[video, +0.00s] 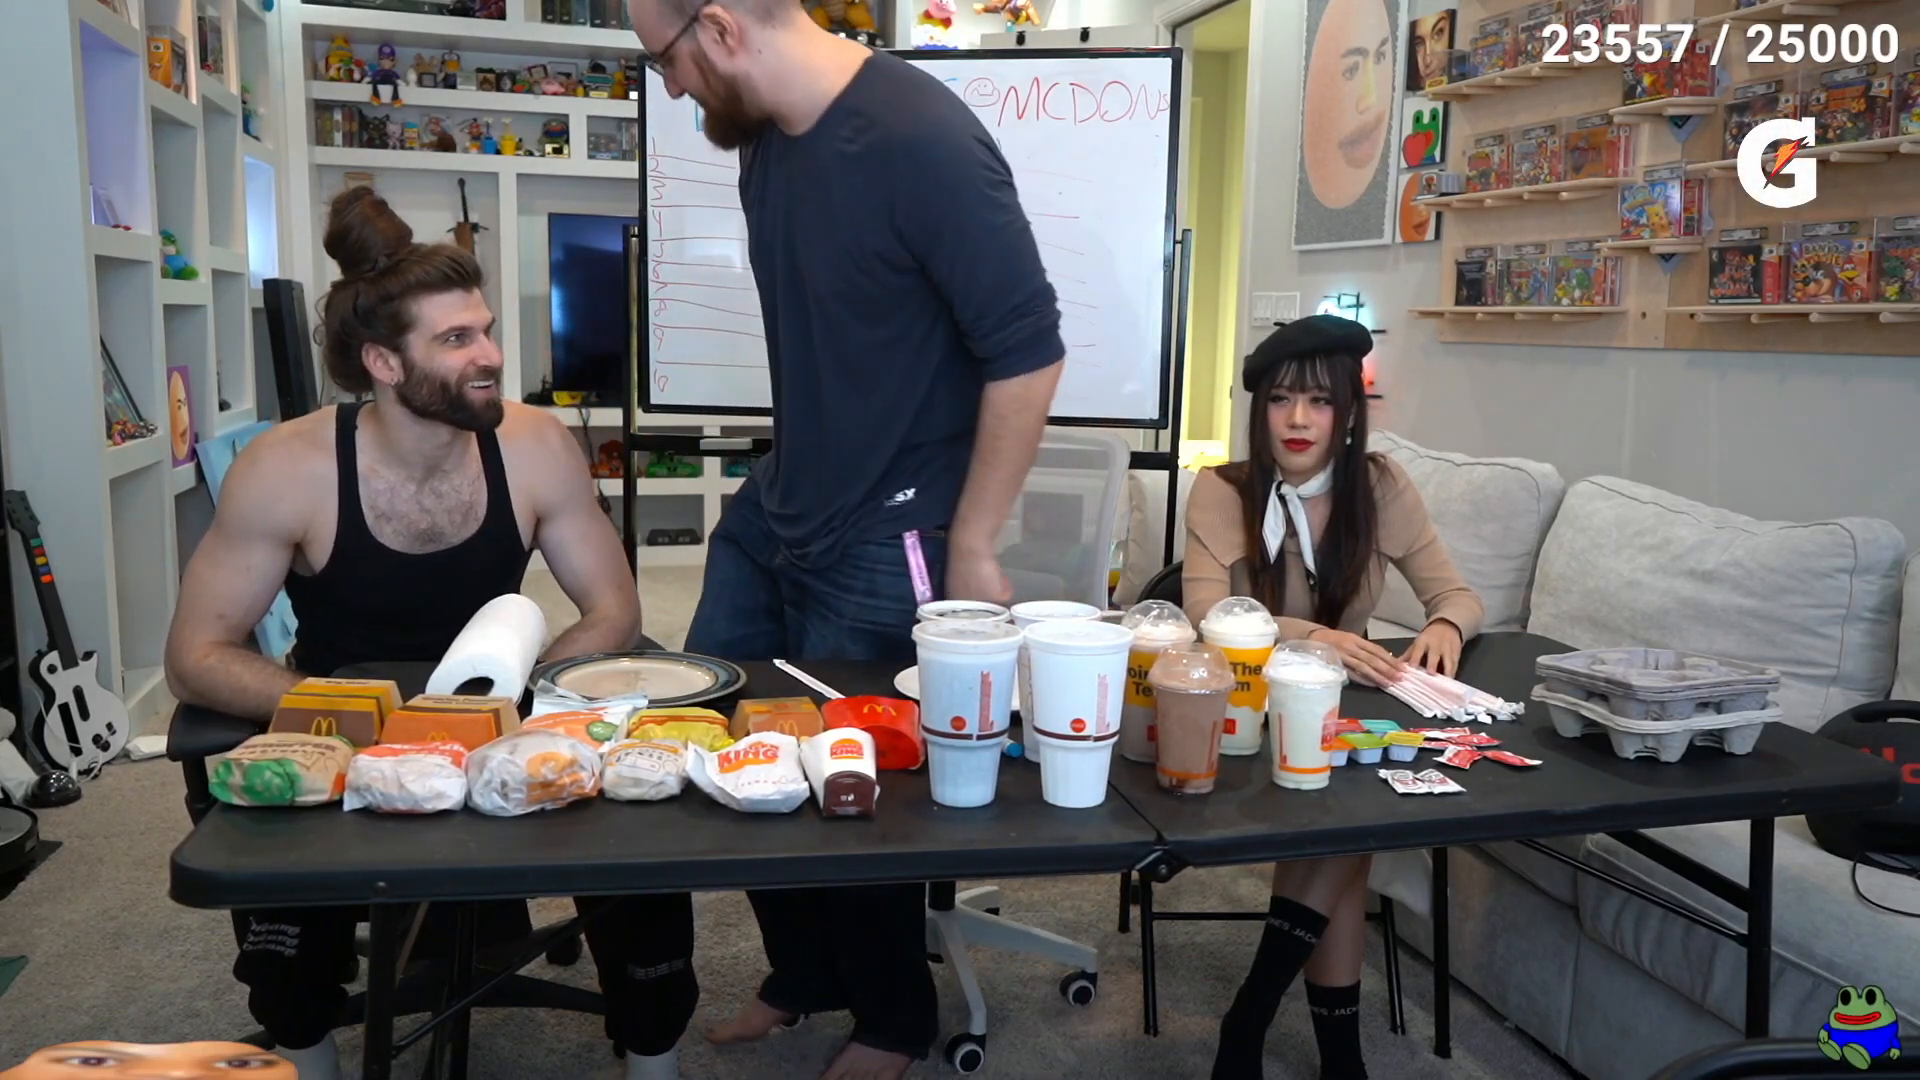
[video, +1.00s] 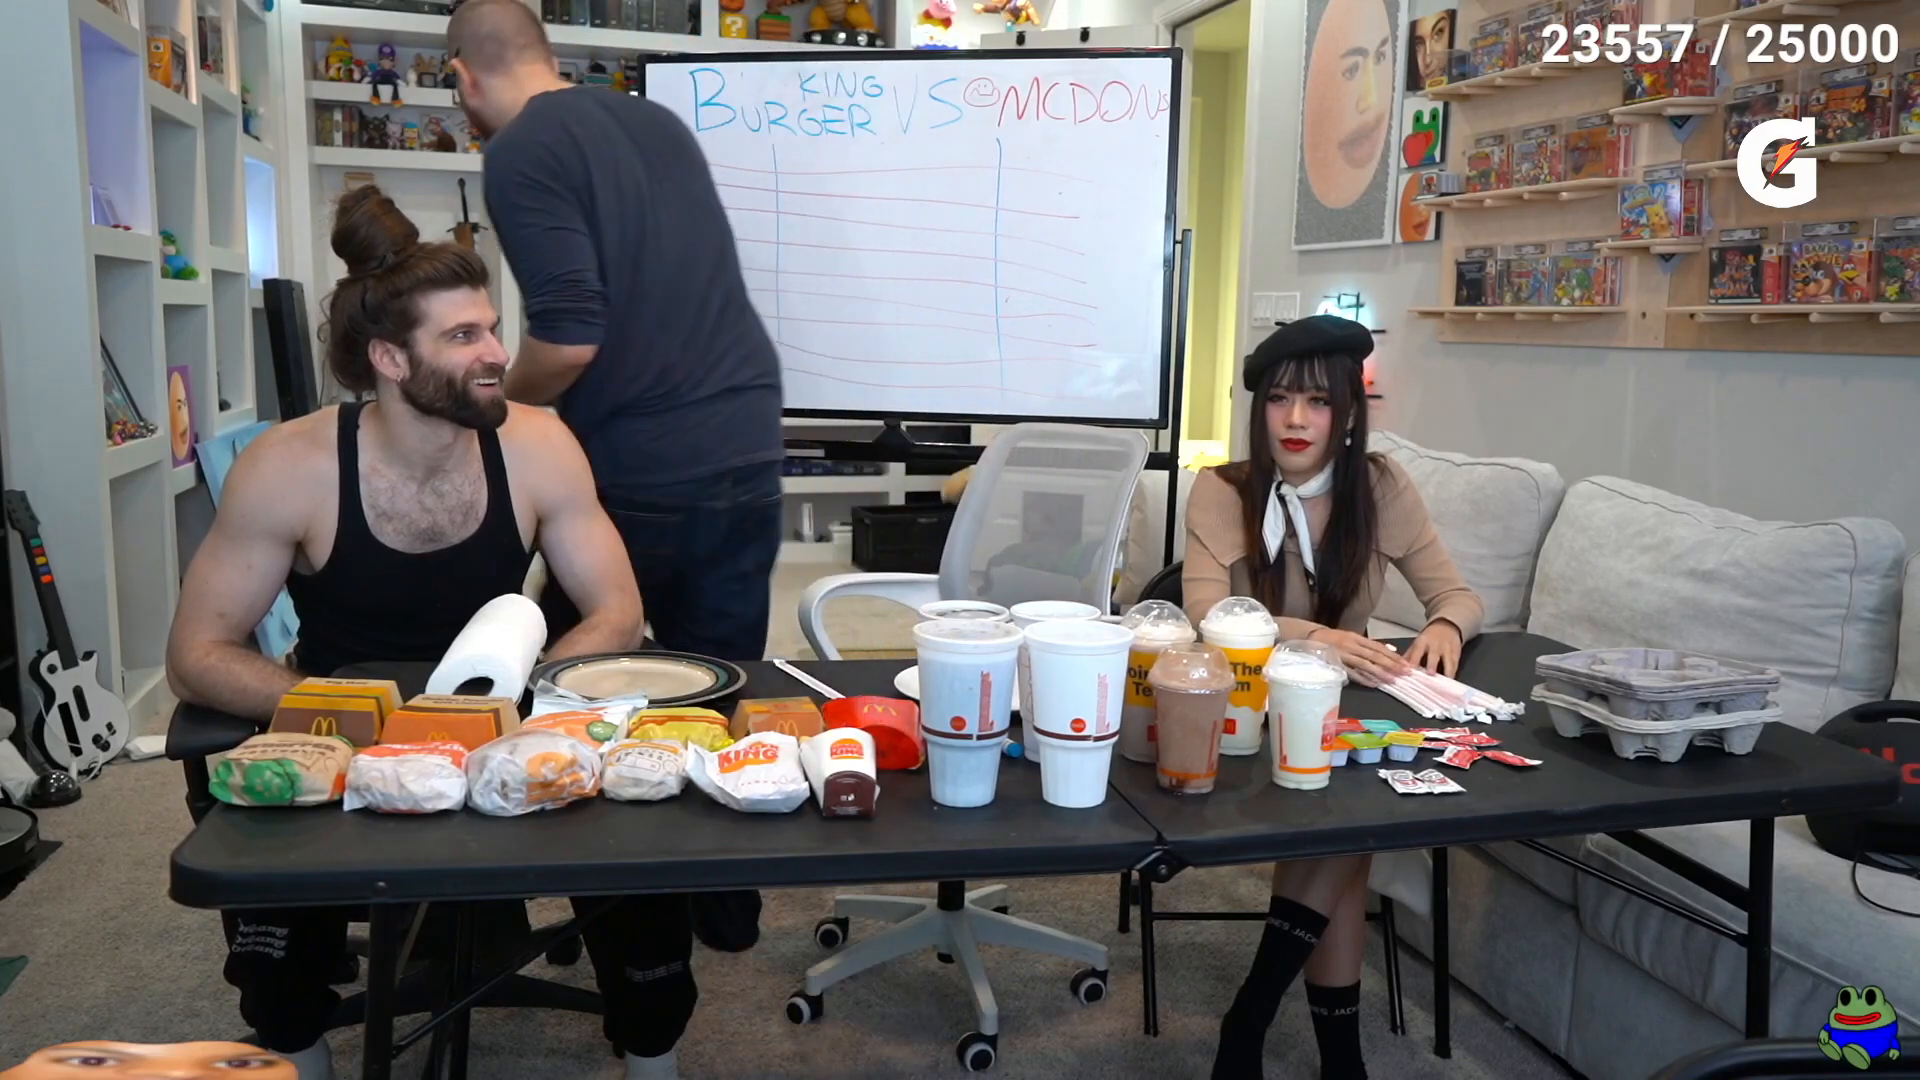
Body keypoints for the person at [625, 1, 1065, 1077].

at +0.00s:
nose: (671, 86)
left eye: (664, 58)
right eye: (659, 65)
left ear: (722, 27)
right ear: (729, 28)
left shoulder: (924, 139)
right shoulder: (764, 144)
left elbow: (1027, 351)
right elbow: (809, 339)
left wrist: (973, 539)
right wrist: (786, 477)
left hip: (887, 536)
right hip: (772, 513)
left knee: (862, 799)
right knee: (737, 756)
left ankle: (898, 1024)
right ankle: (801, 975)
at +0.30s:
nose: (621, 86)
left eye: (607, 55)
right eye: (606, 63)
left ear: (644, 22)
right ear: (666, 18)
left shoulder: (814, 109)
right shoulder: (761, 118)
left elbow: (935, 322)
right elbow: (816, 325)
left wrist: (836, 500)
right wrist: (785, 479)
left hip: (872, 499)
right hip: (787, 484)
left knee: (832, 746)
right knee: (703, 702)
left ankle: (892, 1022)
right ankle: (742, 967)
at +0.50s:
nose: (588, 89)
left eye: (576, 60)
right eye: (576, 68)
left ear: (607, 28)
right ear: (643, 21)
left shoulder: (749, 92)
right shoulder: (730, 103)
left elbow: (815, 310)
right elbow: (791, 312)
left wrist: (696, 422)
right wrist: (734, 441)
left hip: (829, 477)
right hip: (777, 477)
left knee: (795, 739)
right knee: (688, 699)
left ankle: (894, 1021)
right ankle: (710, 913)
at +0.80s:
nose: (519, 77)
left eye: (512, 53)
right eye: (517, 56)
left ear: (530, 32)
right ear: (607, 21)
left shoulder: (620, 120)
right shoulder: (707, 101)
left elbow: (654, 331)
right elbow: (734, 291)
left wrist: (564, 359)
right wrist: (614, 359)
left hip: (715, 460)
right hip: (779, 441)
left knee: (699, 719)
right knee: (718, 697)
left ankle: (856, 956)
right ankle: (721, 902)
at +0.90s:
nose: (489, 88)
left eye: (481, 68)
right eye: (482, 71)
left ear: (493, 55)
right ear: (576, 35)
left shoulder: (566, 137)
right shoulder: (689, 111)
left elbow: (606, 338)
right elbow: (716, 291)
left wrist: (524, 384)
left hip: (683, 477)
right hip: (774, 457)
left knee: (657, 707)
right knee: (740, 703)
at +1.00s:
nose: (462, 110)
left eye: (455, 92)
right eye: (457, 94)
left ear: (465, 75)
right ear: (548, 51)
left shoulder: (523, 154)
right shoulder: (658, 122)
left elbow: (570, 334)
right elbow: (689, 280)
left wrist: (496, 413)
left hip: (642, 473)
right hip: (746, 458)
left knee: (627, 689)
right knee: (728, 684)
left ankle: (631, 915)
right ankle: (727, 902)